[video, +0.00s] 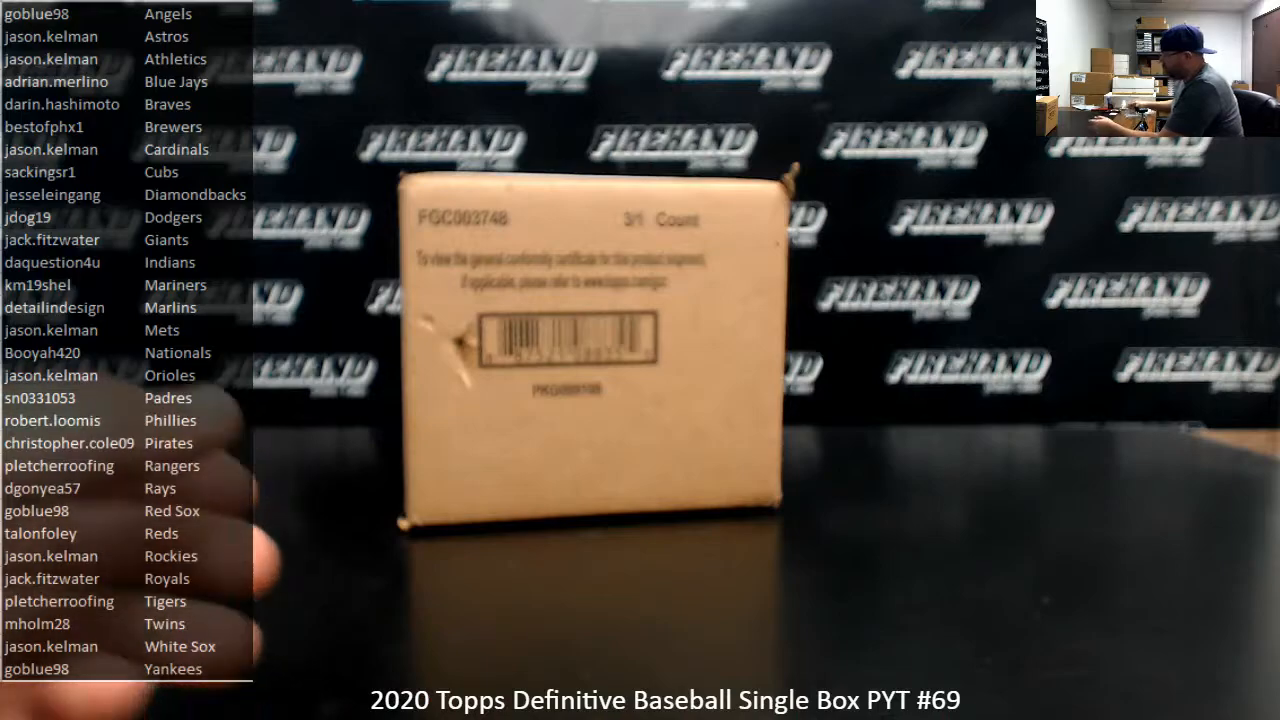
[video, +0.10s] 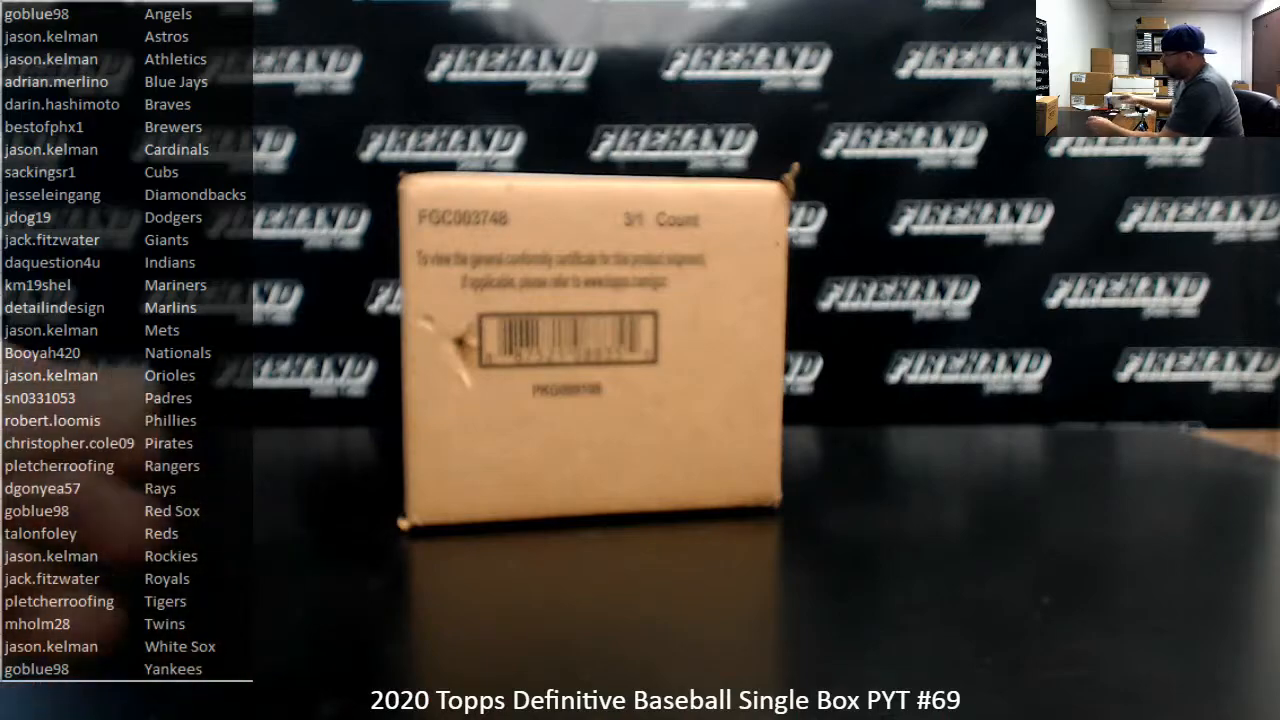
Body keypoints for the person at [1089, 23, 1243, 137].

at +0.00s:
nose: (1161, 61)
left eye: (1165, 55)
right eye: (1161, 55)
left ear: (1186, 57)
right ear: (1189, 57)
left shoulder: (1203, 88)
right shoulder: (1199, 79)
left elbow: (1164, 142)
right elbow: (1180, 106)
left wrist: (1113, 129)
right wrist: (1147, 105)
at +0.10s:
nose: (1162, 61)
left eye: (1166, 55)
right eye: (1163, 55)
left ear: (1188, 57)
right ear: (1189, 57)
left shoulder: (1204, 88)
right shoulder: (1194, 79)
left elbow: (1165, 142)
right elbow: (1176, 107)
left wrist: (1112, 130)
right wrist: (1139, 101)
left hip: (1218, 166)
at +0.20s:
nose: (1162, 61)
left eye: (1166, 55)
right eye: (1163, 55)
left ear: (1187, 57)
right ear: (1188, 57)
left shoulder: (1203, 87)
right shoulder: (1188, 77)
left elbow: (1164, 143)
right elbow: (1165, 104)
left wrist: (1110, 133)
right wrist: (1128, 98)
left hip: (1218, 164)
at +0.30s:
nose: (1161, 61)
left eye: (1165, 55)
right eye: (1162, 55)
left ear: (1186, 57)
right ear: (1187, 57)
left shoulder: (1204, 86)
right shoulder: (1185, 78)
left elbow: (1166, 144)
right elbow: (1156, 101)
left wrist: (1112, 136)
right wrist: (1117, 98)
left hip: (1219, 163)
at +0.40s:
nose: (1156, 62)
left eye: (1161, 56)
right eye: (1157, 56)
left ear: (1182, 56)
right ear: (1181, 57)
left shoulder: (1200, 86)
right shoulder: (1178, 79)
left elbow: (1166, 146)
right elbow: (1138, 98)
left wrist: (1113, 135)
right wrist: (1100, 96)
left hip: (1218, 163)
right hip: (1196, 157)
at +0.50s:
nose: (1152, 63)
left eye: (1156, 57)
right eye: (1152, 57)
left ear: (1176, 56)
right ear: (1176, 57)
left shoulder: (1198, 84)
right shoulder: (1173, 79)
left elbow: (1171, 145)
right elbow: (1135, 98)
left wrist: (1116, 136)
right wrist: (1092, 96)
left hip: (1215, 159)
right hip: (1191, 154)